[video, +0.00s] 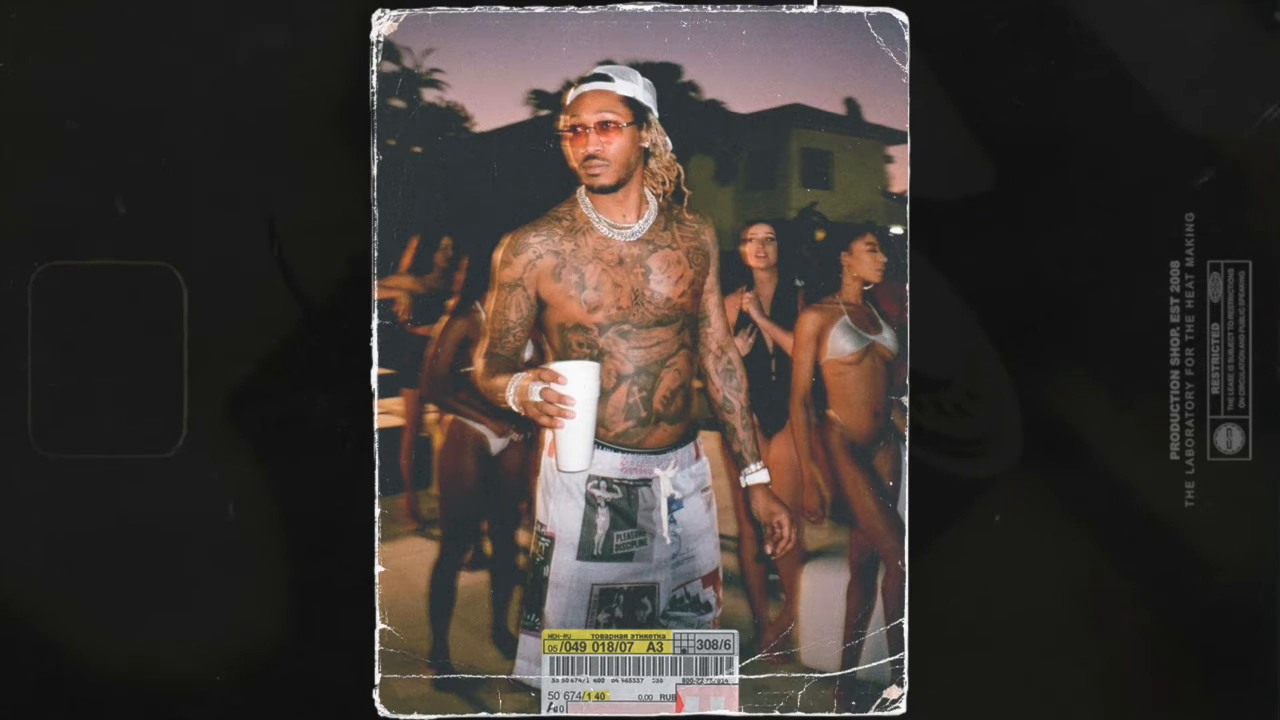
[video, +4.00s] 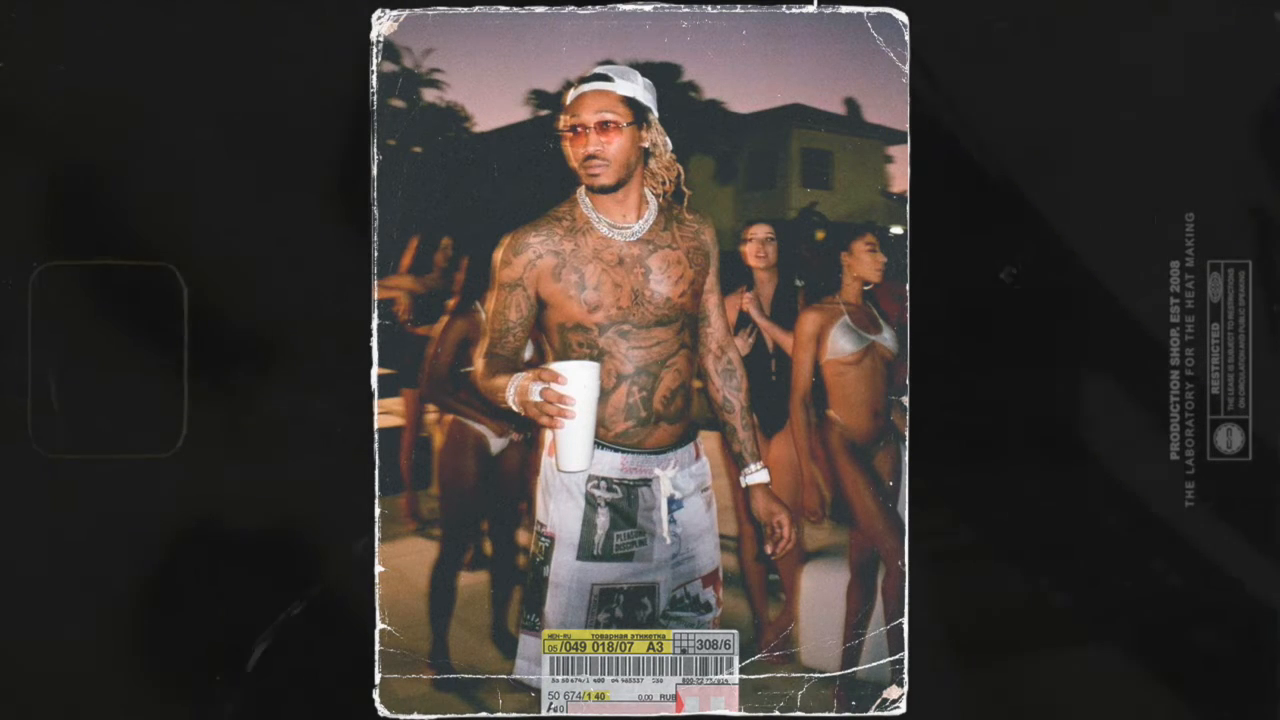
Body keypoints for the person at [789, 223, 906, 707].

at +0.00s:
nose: (882, 259)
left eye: (881, 251)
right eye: (871, 251)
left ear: (870, 261)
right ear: (844, 259)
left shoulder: (877, 315)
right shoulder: (818, 317)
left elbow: (885, 394)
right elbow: (798, 404)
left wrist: (900, 445)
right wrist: (813, 478)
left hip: (880, 448)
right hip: (838, 449)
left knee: (863, 564)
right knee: (898, 552)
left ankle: (846, 673)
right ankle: (903, 670)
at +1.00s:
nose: (882, 258)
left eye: (881, 251)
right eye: (871, 251)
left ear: (871, 262)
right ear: (844, 259)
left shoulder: (877, 315)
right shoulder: (818, 317)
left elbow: (887, 390)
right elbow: (799, 403)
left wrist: (900, 434)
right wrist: (812, 478)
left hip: (882, 447)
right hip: (838, 448)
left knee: (863, 563)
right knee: (898, 551)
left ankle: (847, 673)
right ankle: (903, 669)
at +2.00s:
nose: (882, 259)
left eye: (881, 251)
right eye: (871, 251)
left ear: (872, 262)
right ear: (844, 259)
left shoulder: (877, 315)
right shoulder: (818, 317)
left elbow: (886, 391)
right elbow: (799, 402)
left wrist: (900, 433)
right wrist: (812, 477)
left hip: (883, 447)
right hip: (839, 448)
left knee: (863, 562)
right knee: (897, 552)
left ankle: (846, 672)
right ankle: (902, 670)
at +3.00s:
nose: (882, 259)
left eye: (881, 251)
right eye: (871, 251)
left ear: (870, 262)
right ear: (844, 259)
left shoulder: (877, 315)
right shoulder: (818, 317)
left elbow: (887, 390)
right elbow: (799, 403)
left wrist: (898, 439)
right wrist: (813, 478)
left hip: (882, 448)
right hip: (838, 449)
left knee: (863, 563)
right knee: (897, 552)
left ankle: (846, 674)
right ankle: (902, 670)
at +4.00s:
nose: (882, 259)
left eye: (881, 251)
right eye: (871, 251)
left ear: (870, 262)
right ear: (843, 259)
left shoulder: (877, 315)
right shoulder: (818, 317)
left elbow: (884, 391)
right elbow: (798, 402)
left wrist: (902, 433)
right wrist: (811, 477)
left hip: (882, 447)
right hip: (839, 449)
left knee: (863, 562)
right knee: (898, 551)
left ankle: (846, 673)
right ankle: (904, 669)